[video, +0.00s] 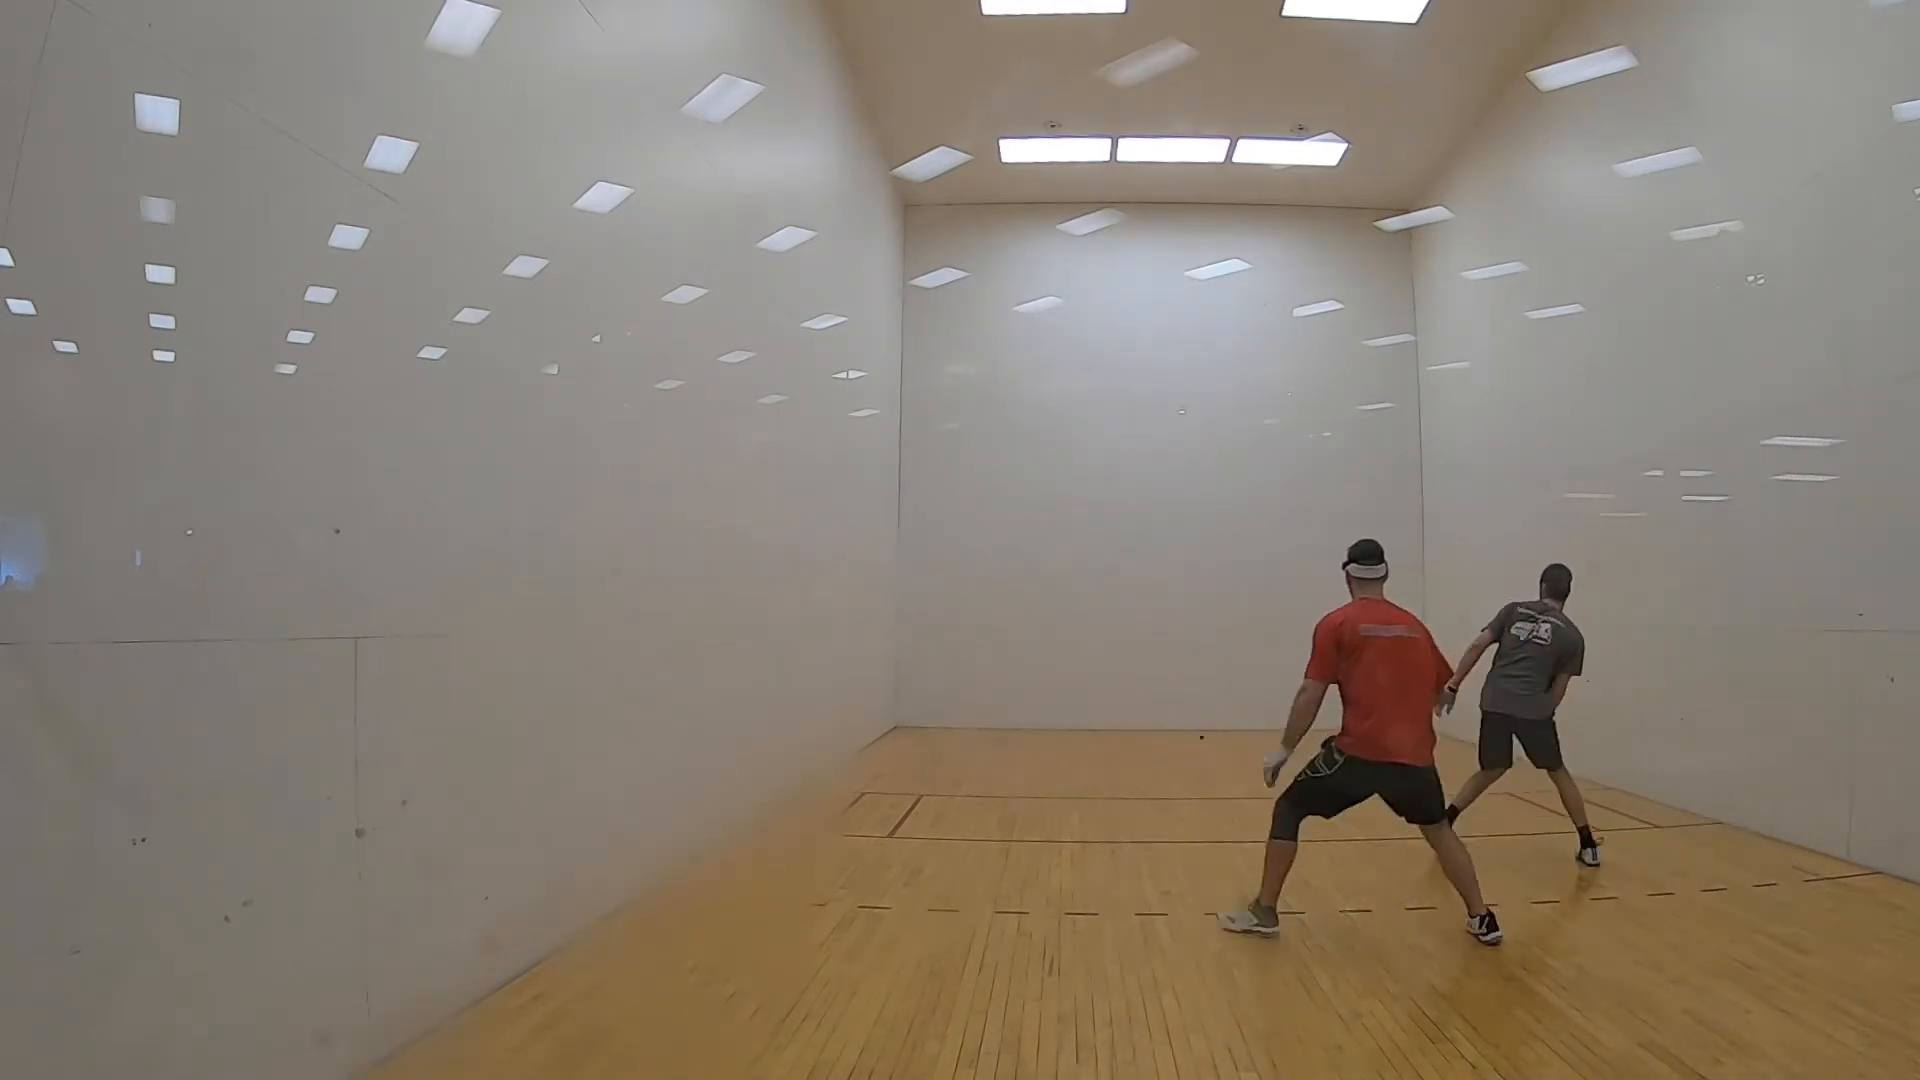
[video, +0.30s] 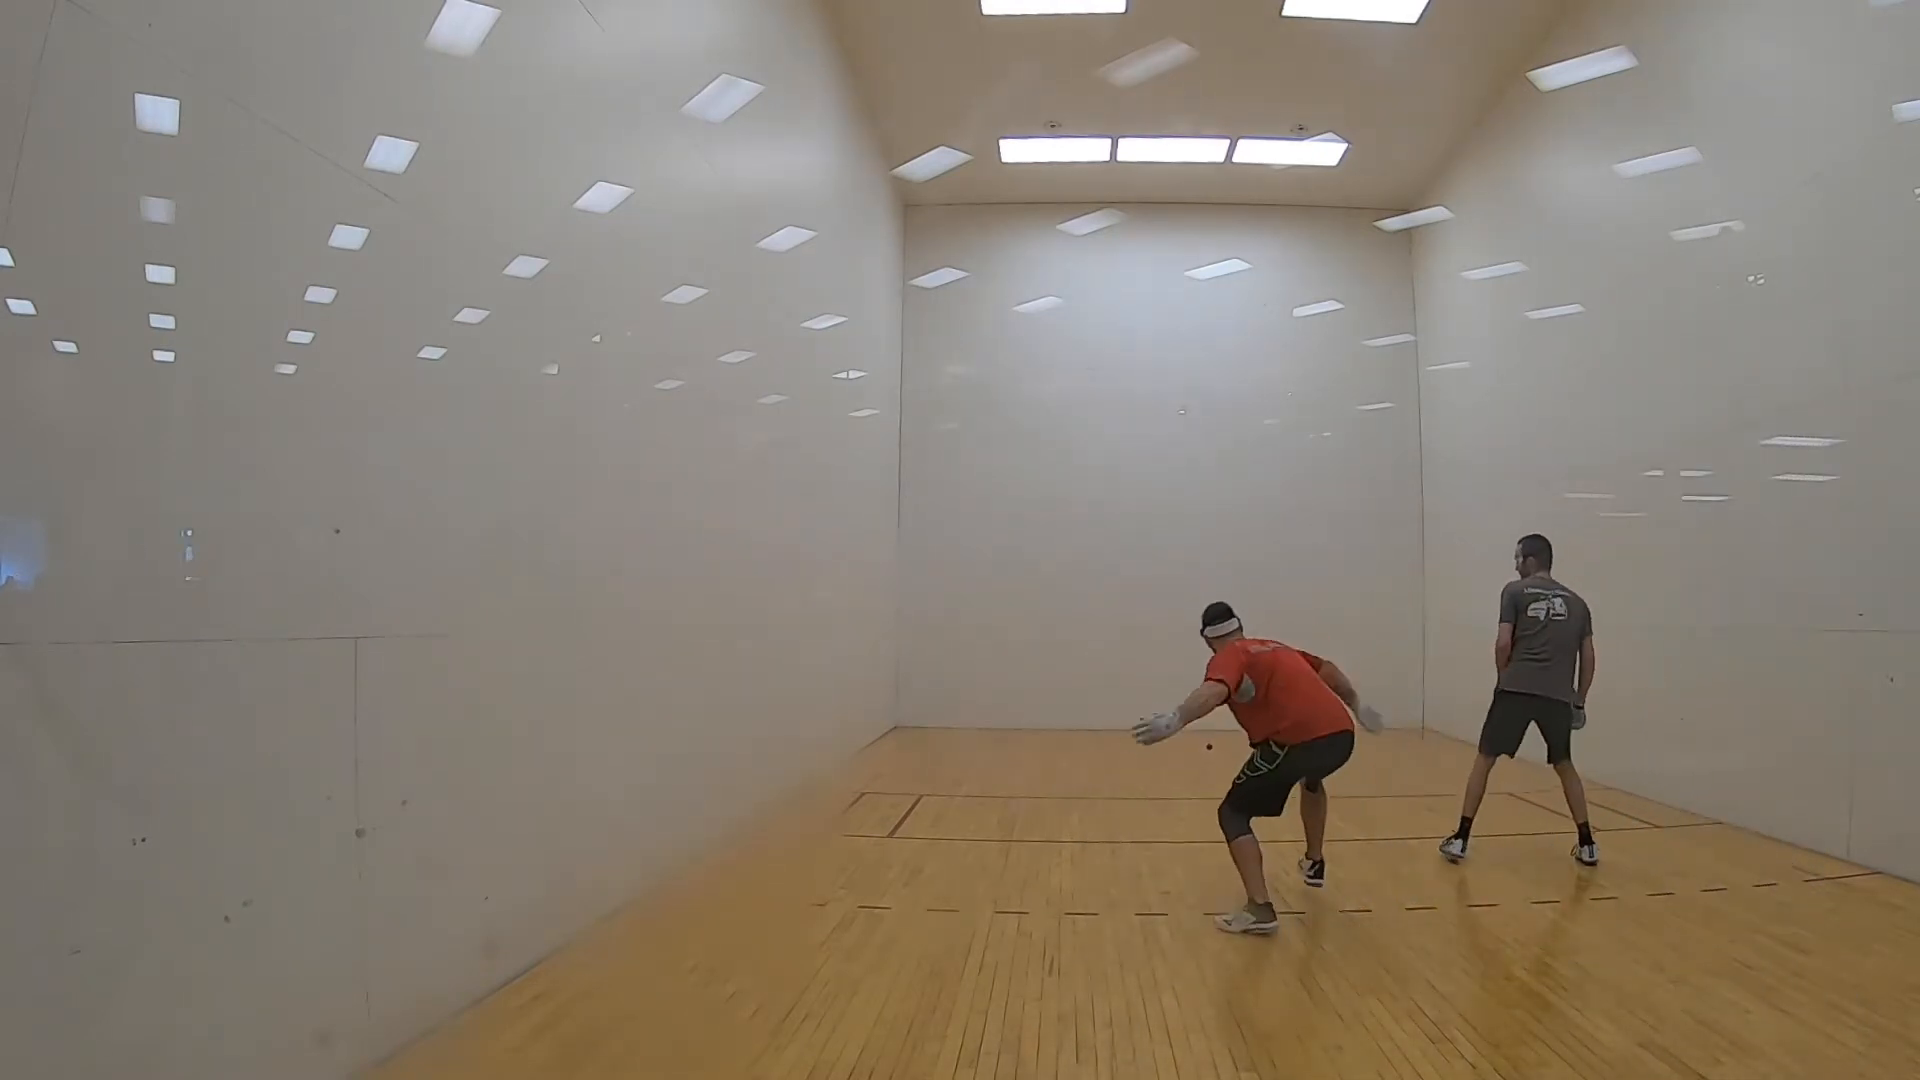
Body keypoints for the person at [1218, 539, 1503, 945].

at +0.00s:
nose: (1350, 581)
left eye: (1347, 575)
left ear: (1347, 576)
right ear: (1386, 576)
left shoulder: (1336, 624)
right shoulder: (1414, 625)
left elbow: (1310, 696)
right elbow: (1440, 688)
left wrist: (1284, 749)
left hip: (1355, 756)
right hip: (1414, 762)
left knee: (1289, 809)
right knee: (1440, 831)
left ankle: (1264, 910)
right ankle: (1481, 916)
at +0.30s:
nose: (1211, 647)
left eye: (1209, 641)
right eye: (1211, 641)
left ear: (1210, 639)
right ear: (1242, 629)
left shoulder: (1228, 656)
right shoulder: (1275, 646)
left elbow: (1215, 691)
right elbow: (1325, 668)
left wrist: (1175, 719)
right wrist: (1355, 704)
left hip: (1294, 744)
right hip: (1340, 737)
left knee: (1232, 814)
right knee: (1312, 779)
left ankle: (1259, 909)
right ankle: (1314, 862)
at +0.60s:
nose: (1169, 701)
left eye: (1165, 697)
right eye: (1167, 695)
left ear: (1166, 696)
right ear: (1184, 674)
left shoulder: (1183, 723)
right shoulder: (1217, 662)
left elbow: (1206, 762)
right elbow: (1268, 645)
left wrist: (1224, 768)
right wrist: (1311, 666)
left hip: (1262, 725)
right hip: (1288, 707)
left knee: (1285, 803)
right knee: (1245, 772)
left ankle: (1339, 874)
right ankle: (1258, 857)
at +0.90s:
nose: (1130, 648)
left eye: (1124, 647)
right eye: (1132, 641)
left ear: (1118, 650)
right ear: (1142, 633)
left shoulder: (1125, 674)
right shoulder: (1173, 632)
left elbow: (1131, 725)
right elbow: (1215, 616)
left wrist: (1147, 765)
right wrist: (1234, 654)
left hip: (1184, 693)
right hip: (1221, 683)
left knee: (1159, 755)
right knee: (1225, 766)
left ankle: (1195, 818)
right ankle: (1252, 831)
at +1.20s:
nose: (1087, 634)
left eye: (1080, 631)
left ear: (1078, 633)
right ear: (1104, 628)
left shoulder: (1074, 666)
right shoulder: (1131, 652)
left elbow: (1060, 716)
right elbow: (1160, 690)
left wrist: (1051, 757)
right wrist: (1140, 716)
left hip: (1105, 733)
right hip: (1141, 733)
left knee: (1085, 740)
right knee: (1132, 793)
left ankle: (1090, 816)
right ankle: (1164, 820)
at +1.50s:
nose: (1119, 584)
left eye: (1115, 580)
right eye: (1119, 580)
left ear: (1089, 580)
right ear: (1116, 580)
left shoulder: (1067, 615)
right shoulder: (1132, 609)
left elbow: (1051, 658)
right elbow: (1155, 646)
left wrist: (1043, 701)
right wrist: (1147, 686)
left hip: (1086, 698)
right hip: (1124, 698)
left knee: (1083, 757)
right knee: (1121, 753)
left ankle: (1082, 817)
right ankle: (1104, 811)